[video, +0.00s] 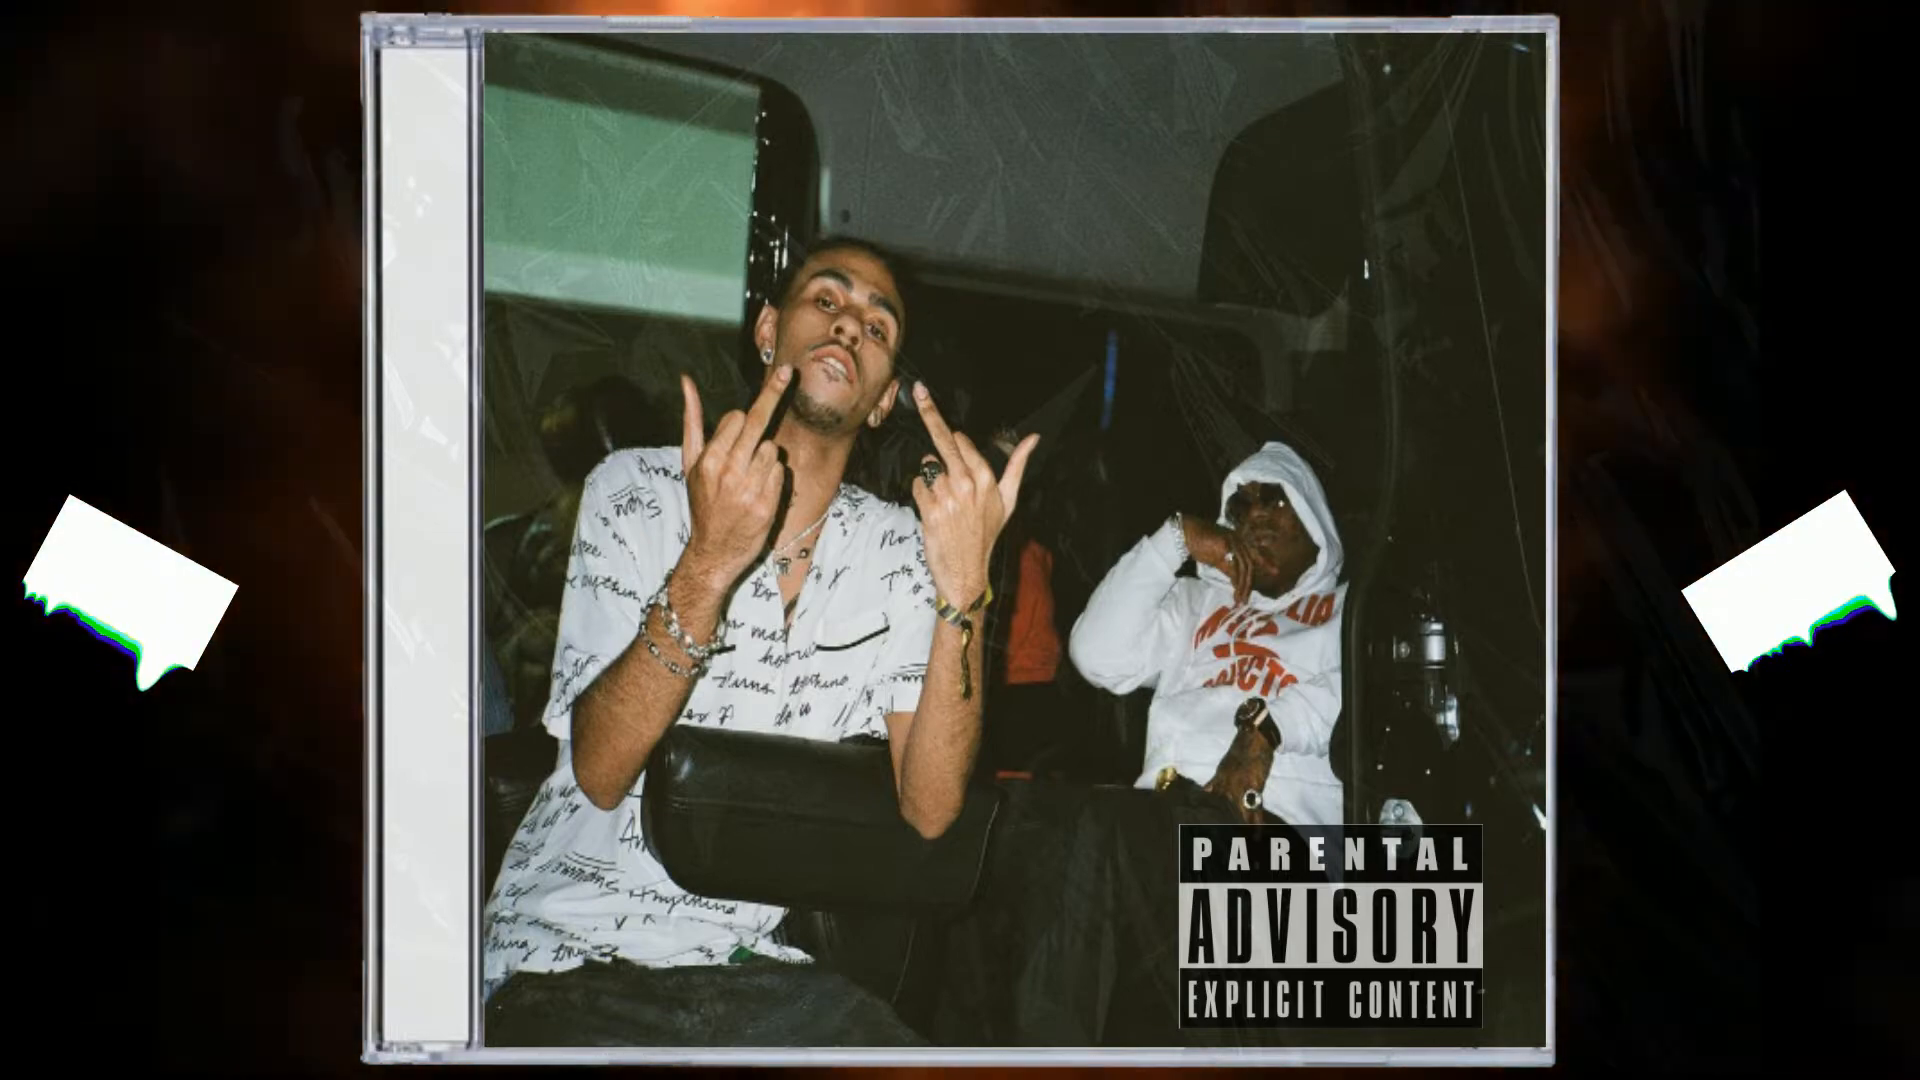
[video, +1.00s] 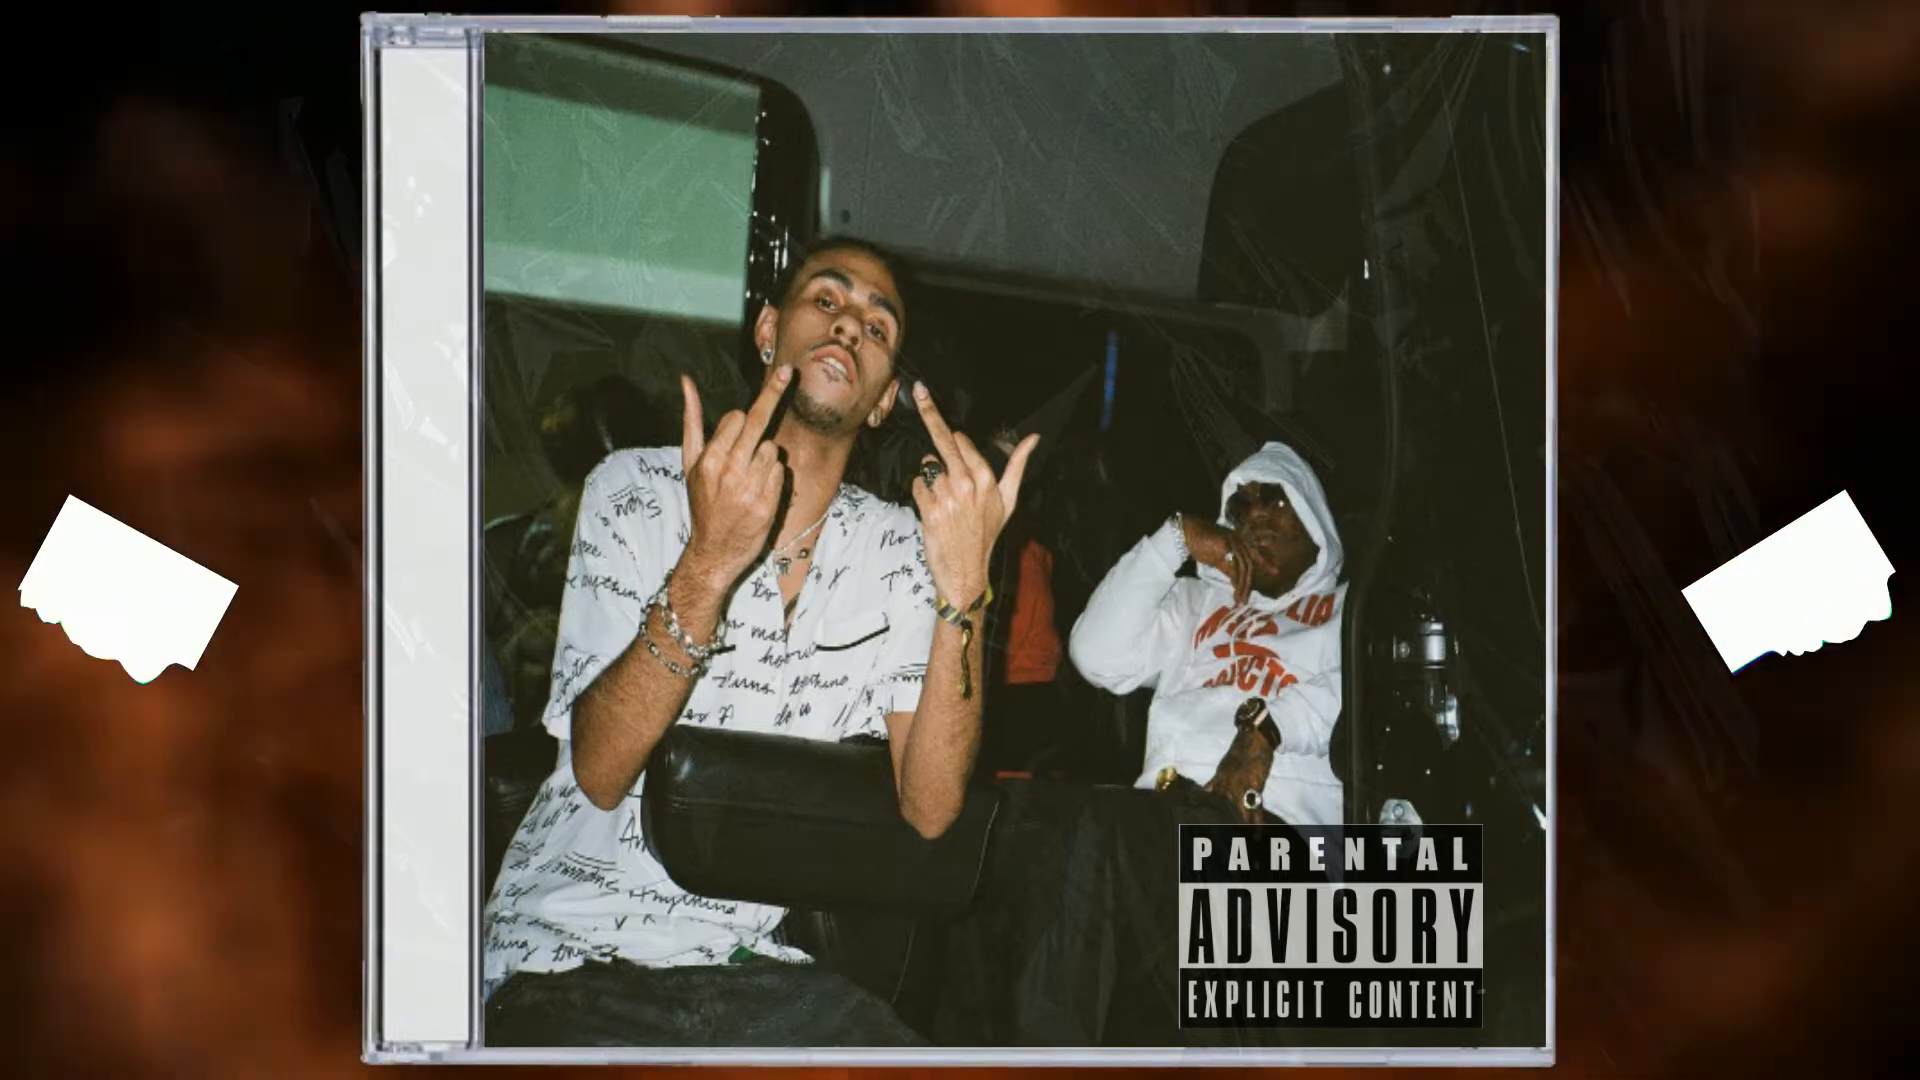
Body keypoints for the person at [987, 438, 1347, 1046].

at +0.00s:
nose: (1257, 528)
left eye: (1276, 510)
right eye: (1244, 511)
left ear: (1317, 527)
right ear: (1228, 528)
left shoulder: (1347, 608)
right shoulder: (1194, 600)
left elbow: (1351, 694)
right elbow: (1097, 658)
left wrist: (1266, 728)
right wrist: (1176, 540)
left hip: (1285, 817)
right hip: (1168, 807)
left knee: (1098, 822)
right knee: (1024, 809)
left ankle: (1048, 1056)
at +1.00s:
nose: (1259, 518)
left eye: (1279, 501)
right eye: (1245, 503)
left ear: (1318, 522)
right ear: (1227, 523)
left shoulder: (1352, 608)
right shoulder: (1197, 599)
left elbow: (1356, 705)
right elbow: (1100, 658)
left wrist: (1268, 725)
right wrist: (1176, 540)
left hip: (1285, 816)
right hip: (1165, 806)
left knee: (1103, 824)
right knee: (1028, 811)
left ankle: (1051, 1054)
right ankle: (967, 1048)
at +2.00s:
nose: (1258, 520)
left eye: (1278, 503)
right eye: (1243, 504)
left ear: (1318, 524)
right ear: (1226, 525)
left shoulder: (1350, 610)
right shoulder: (1195, 602)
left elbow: (1343, 703)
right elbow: (1099, 658)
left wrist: (1264, 727)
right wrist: (1177, 538)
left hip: (1284, 818)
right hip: (1163, 808)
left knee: (1101, 823)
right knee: (1029, 812)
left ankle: (1050, 1050)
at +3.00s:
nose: (1258, 517)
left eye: (1279, 501)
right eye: (1245, 502)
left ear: (1318, 522)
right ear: (1227, 523)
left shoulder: (1352, 607)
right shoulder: (1197, 601)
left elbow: (1349, 701)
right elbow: (1099, 657)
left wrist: (1268, 725)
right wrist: (1177, 539)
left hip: (1282, 817)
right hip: (1166, 806)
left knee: (1102, 823)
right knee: (1026, 809)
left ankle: (1051, 1053)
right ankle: (970, 1047)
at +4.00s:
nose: (1258, 518)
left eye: (1278, 501)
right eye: (1245, 503)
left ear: (1318, 521)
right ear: (1227, 523)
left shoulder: (1352, 607)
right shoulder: (1198, 601)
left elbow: (1348, 701)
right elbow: (1099, 657)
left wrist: (1268, 725)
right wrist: (1177, 539)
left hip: (1284, 815)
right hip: (1167, 805)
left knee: (1101, 824)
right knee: (1025, 810)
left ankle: (1052, 1052)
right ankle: (969, 1046)